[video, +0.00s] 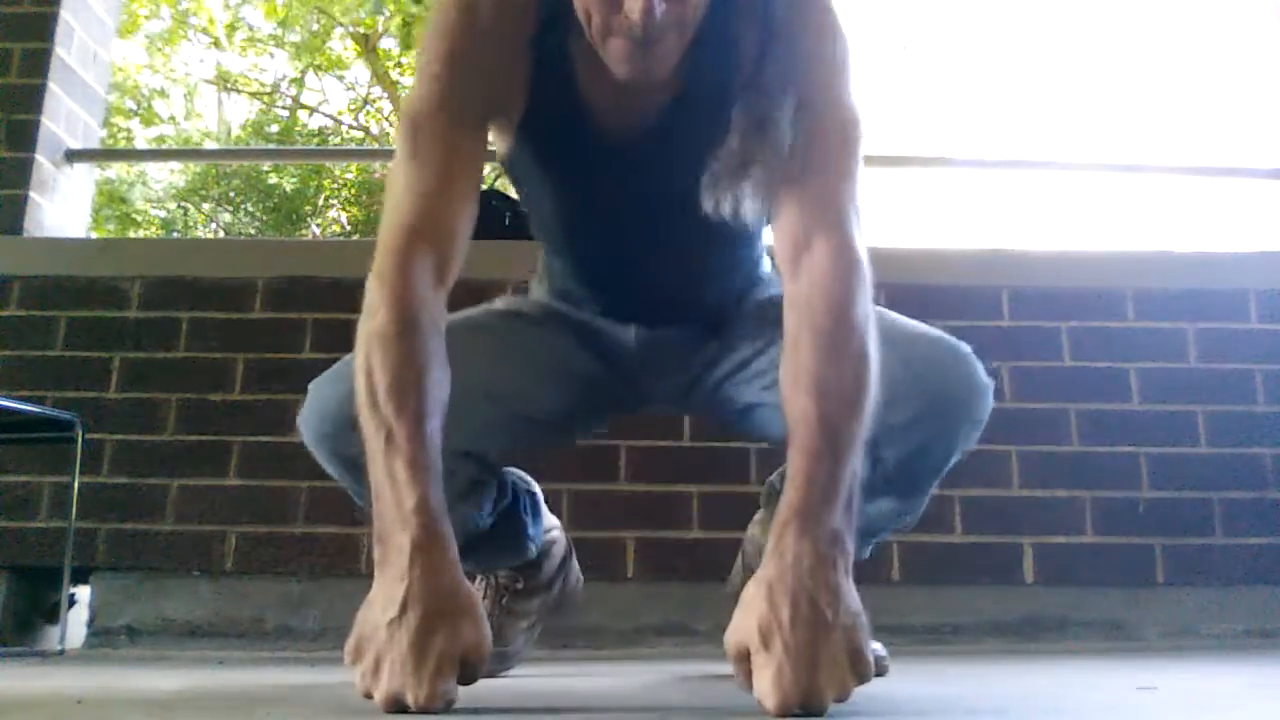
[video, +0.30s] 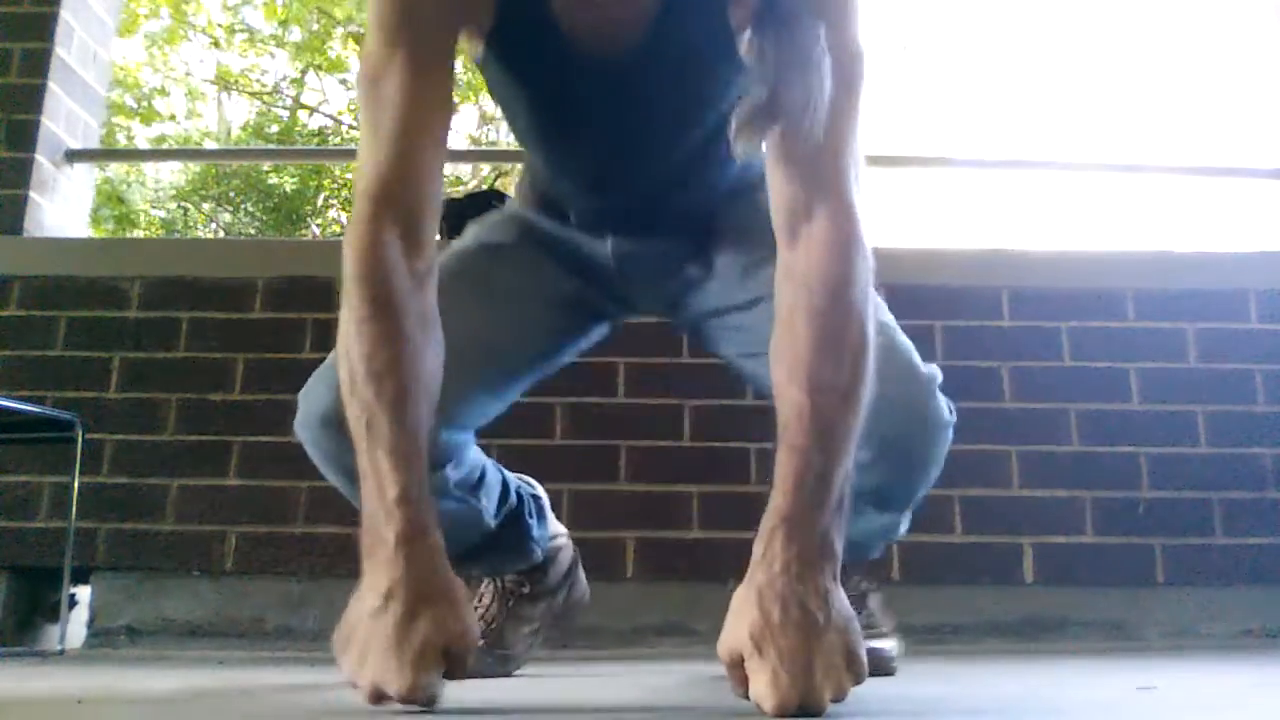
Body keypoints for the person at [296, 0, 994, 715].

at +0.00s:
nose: (629, 24)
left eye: (662, 4)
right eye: (603, 3)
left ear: (709, 1)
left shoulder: (791, 27)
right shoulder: (484, 24)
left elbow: (822, 257)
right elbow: (411, 280)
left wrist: (812, 546)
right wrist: (411, 559)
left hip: (740, 331)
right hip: (565, 330)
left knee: (947, 386)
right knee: (341, 413)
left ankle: (788, 570)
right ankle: (522, 558)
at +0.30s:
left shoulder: (797, 11)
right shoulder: (429, 8)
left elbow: (818, 225)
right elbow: (393, 233)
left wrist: (799, 558)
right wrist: (398, 554)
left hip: (730, 236)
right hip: (550, 236)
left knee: (908, 420)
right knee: (341, 414)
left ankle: (833, 570)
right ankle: (528, 560)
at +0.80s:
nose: (620, 69)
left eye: (655, 45)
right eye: (606, 53)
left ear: (721, 6)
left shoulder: (812, 11)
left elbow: (846, 200)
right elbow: (375, 239)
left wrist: (843, 533)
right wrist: (364, 560)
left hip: (749, 209)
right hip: (556, 202)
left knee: (848, 460)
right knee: (413, 505)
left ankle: (937, 539)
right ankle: (491, 524)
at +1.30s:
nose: (749, 14)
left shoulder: (891, 19)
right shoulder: (536, 11)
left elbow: (956, 274)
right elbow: (422, 259)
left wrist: (994, 569)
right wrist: (372, 559)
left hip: (771, 264)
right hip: (593, 260)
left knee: (872, 532)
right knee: (495, 524)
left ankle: (951, 580)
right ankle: (454, 602)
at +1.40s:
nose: (723, 15)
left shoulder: (891, 10)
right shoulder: (535, 2)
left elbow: (950, 258)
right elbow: (448, 241)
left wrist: (990, 568)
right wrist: (456, 535)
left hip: (775, 249)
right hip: (599, 242)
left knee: (886, 504)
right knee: (490, 506)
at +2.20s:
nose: (728, 29)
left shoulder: (911, 11)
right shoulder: (567, 9)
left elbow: (881, 254)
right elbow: (584, 285)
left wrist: (801, 563)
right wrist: (647, 567)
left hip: (807, 273)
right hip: (646, 277)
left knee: (909, 494)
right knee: (578, 552)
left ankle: (973, 558)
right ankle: (548, 583)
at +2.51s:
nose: (614, 17)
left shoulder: (783, 19)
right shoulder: (478, 30)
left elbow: (822, 282)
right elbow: (506, 304)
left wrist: (781, 570)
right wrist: (604, 565)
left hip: (771, 324)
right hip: (611, 316)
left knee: (876, 533)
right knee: (532, 539)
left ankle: (992, 537)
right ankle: (530, 586)